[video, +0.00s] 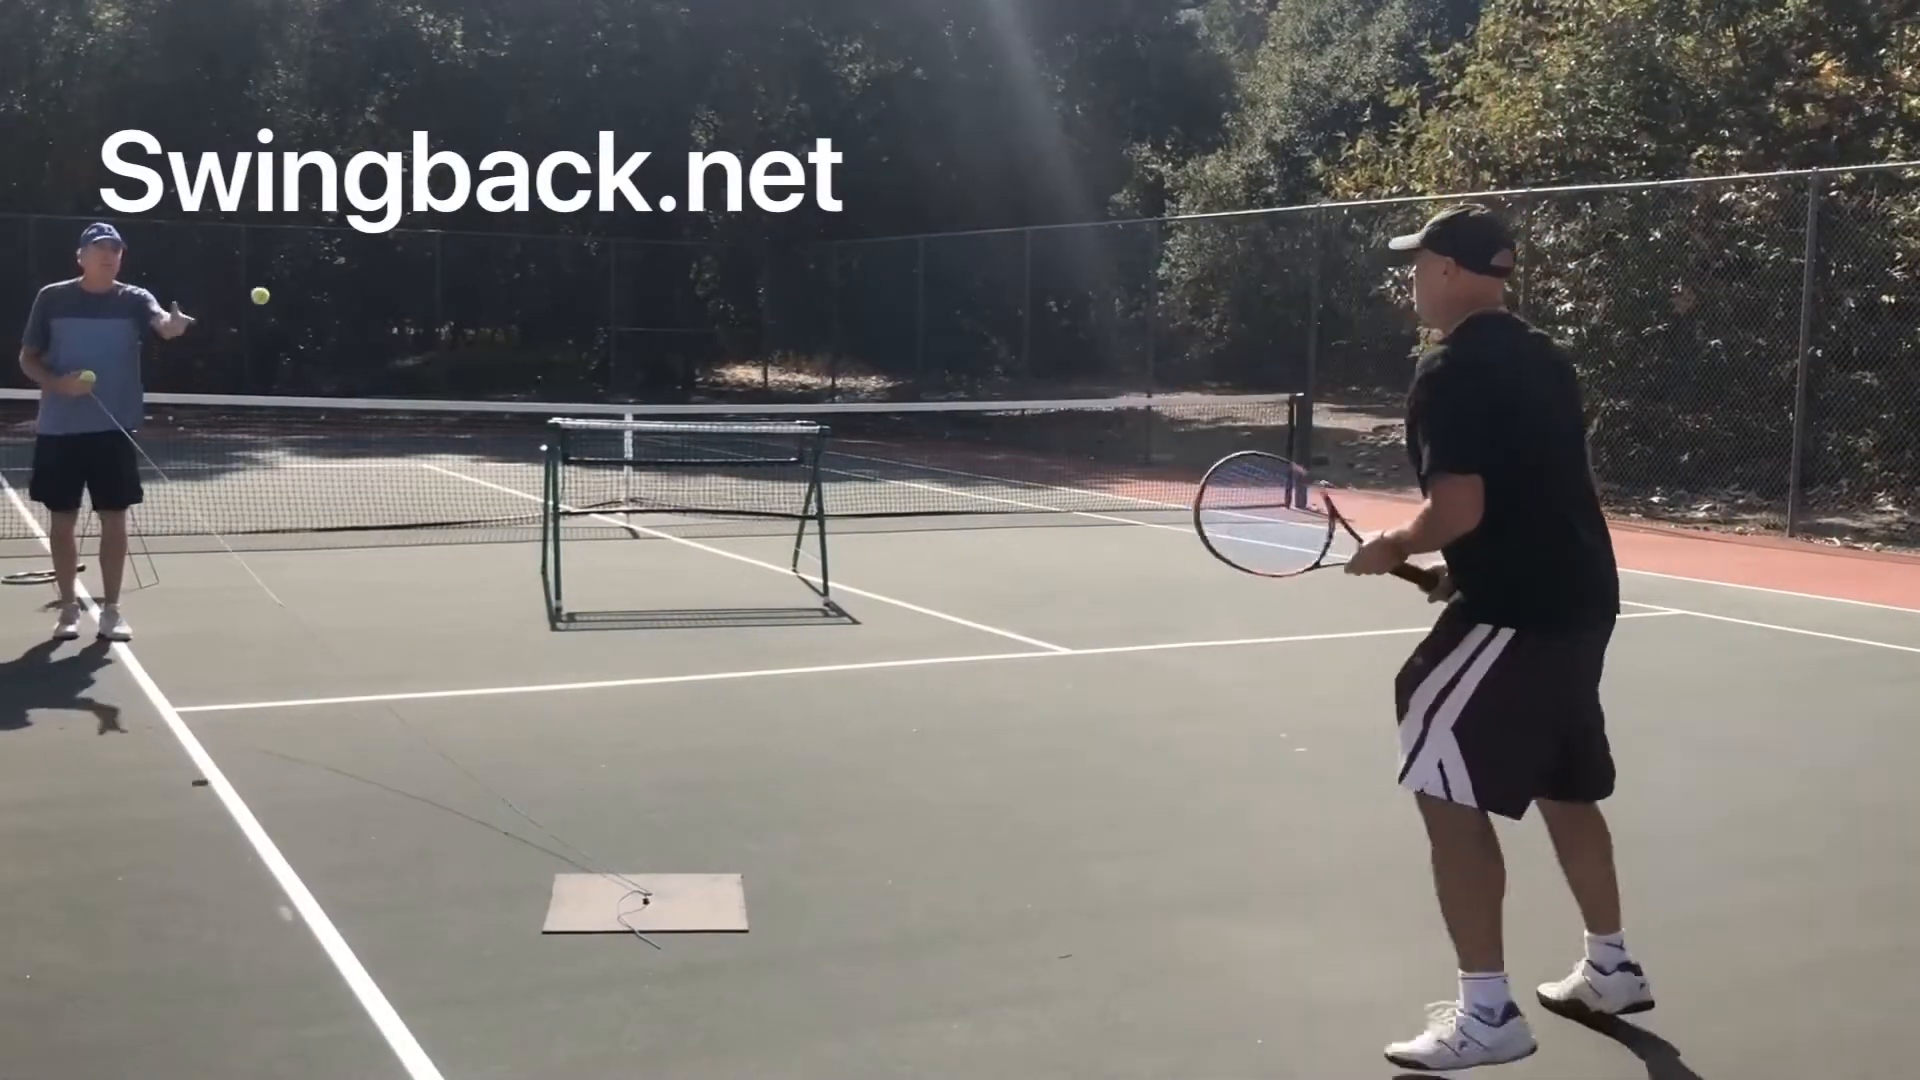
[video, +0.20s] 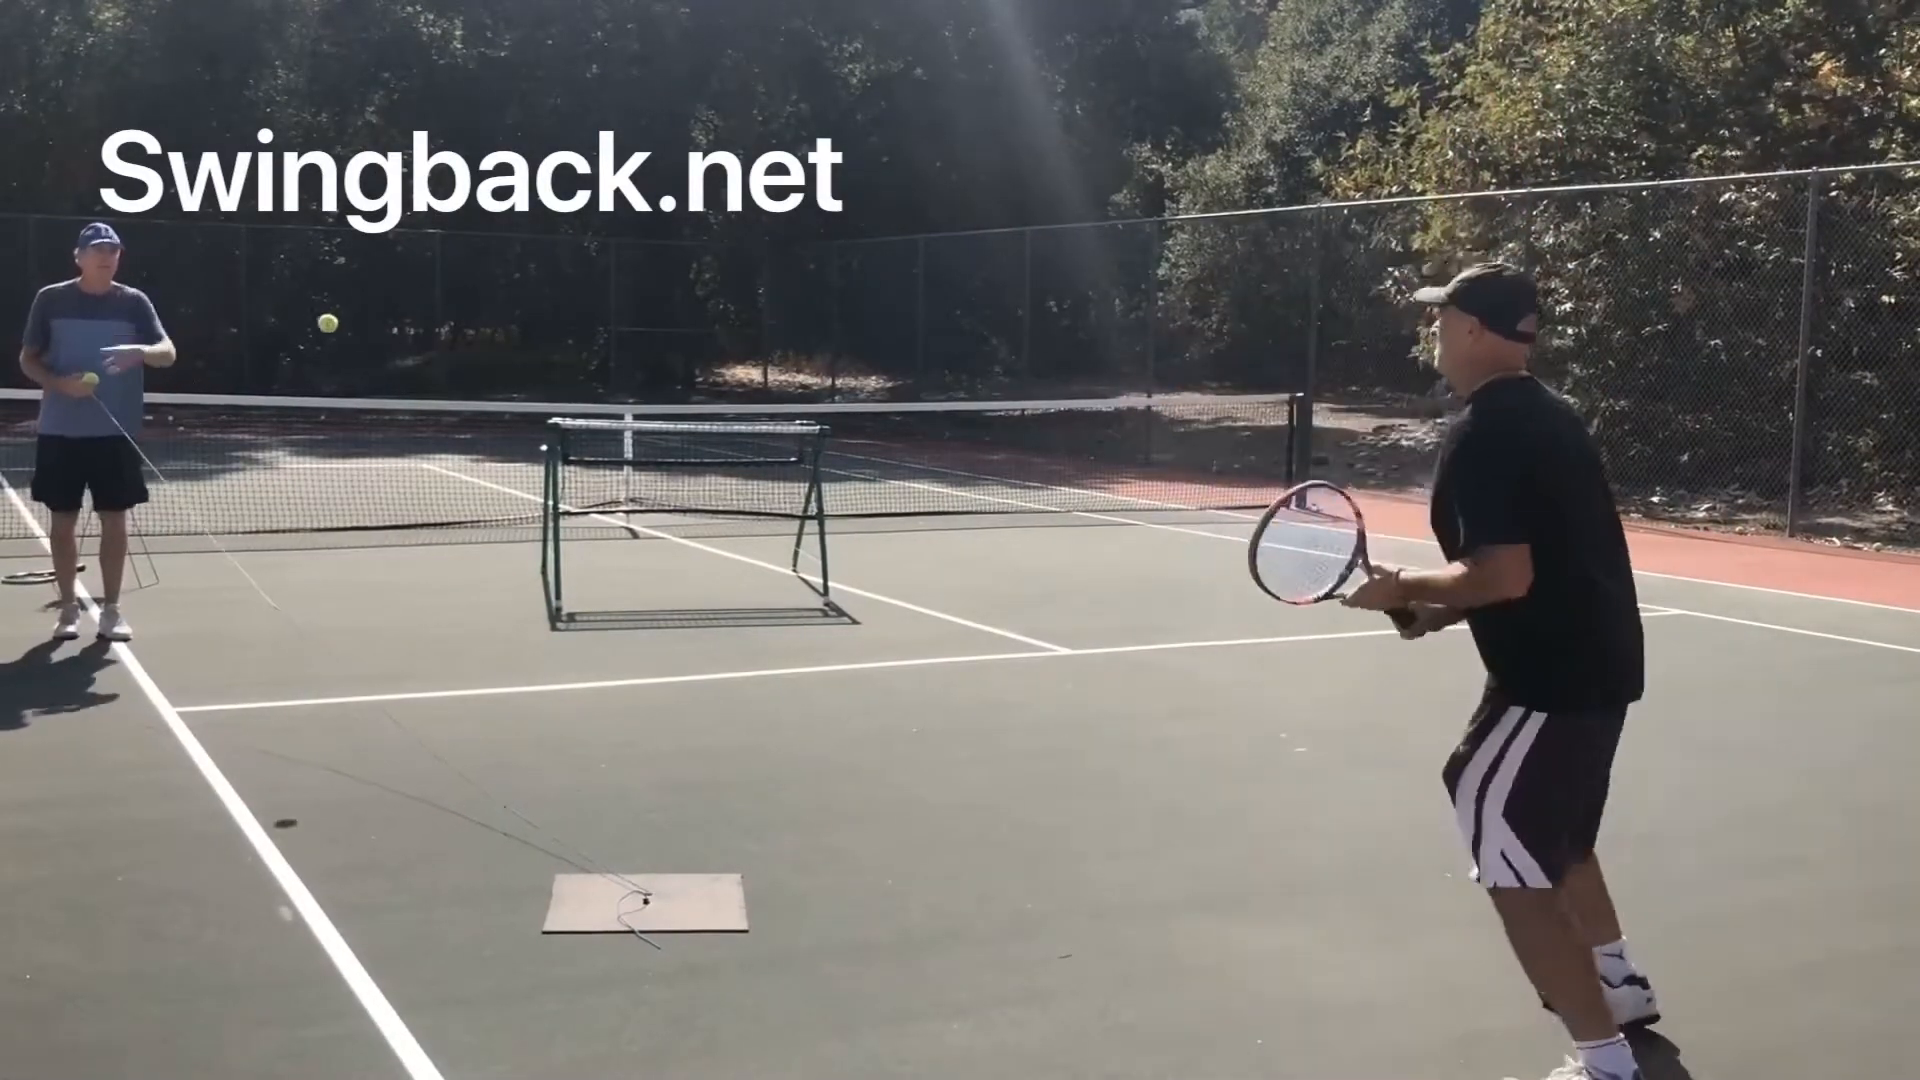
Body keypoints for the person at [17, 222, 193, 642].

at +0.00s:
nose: (108, 255)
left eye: (114, 248)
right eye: (100, 247)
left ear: (121, 256)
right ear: (81, 255)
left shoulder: (136, 298)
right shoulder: (51, 298)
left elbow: (161, 324)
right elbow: (27, 359)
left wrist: (173, 324)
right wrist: (57, 383)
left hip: (114, 432)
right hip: (60, 433)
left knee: (114, 520)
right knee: (62, 521)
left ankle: (111, 610)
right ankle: (69, 606)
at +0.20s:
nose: (105, 258)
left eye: (111, 251)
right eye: (97, 250)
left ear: (119, 257)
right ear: (79, 256)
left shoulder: (134, 302)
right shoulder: (49, 300)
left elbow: (168, 352)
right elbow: (28, 359)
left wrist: (141, 354)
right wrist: (59, 384)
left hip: (115, 434)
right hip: (61, 436)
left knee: (114, 521)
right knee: (63, 523)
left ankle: (111, 610)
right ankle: (69, 608)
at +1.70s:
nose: (95, 269)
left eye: (101, 261)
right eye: (87, 260)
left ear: (108, 264)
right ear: (67, 260)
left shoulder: (120, 305)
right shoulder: (38, 303)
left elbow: (128, 364)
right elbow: (15, 363)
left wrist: (140, 419)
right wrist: (53, 394)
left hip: (109, 437)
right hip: (54, 438)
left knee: (110, 520)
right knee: (58, 522)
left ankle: (110, 609)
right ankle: (69, 607)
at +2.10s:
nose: (99, 267)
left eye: (105, 260)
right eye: (91, 259)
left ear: (111, 264)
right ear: (72, 260)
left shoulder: (127, 308)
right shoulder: (41, 302)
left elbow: (143, 365)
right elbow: (16, 359)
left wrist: (158, 413)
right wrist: (47, 391)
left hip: (106, 438)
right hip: (51, 437)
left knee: (110, 521)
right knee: (57, 523)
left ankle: (109, 610)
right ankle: (67, 607)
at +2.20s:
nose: (101, 261)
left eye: (106, 254)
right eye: (92, 253)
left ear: (112, 259)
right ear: (73, 257)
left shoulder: (129, 306)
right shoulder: (42, 300)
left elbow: (156, 345)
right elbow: (16, 358)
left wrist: (177, 364)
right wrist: (46, 388)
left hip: (107, 436)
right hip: (52, 435)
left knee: (110, 520)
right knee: (58, 520)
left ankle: (110, 609)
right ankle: (68, 606)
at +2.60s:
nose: (93, 256)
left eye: (99, 249)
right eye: (86, 249)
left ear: (107, 255)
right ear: (69, 254)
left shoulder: (126, 299)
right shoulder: (41, 300)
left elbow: (157, 347)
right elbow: (22, 360)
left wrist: (122, 343)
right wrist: (51, 382)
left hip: (113, 430)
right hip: (57, 433)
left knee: (113, 519)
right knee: (60, 521)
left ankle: (111, 610)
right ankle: (68, 607)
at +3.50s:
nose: (87, 265)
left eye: (94, 258)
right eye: (80, 257)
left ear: (103, 260)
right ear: (63, 257)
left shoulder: (120, 302)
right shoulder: (36, 303)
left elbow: (135, 360)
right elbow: (17, 365)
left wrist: (138, 404)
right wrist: (59, 392)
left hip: (108, 433)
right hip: (54, 436)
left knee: (111, 518)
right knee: (59, 520)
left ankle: (110, 609)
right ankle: (68, 608)